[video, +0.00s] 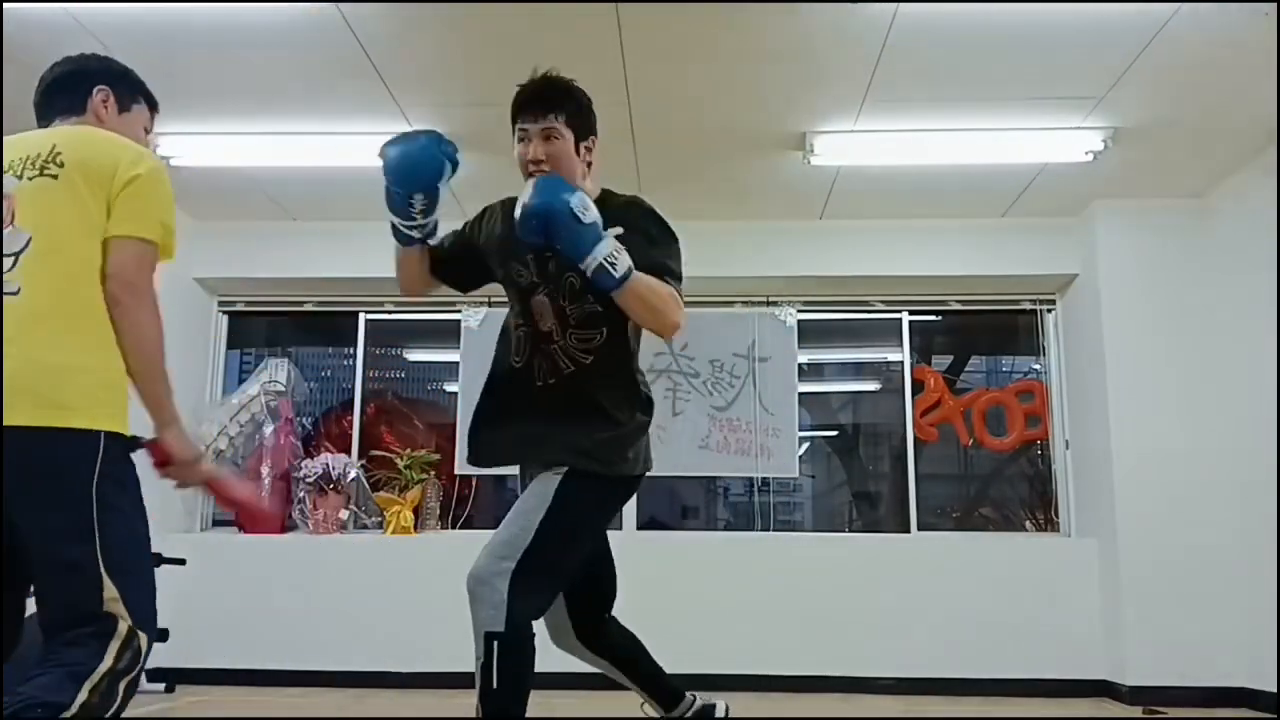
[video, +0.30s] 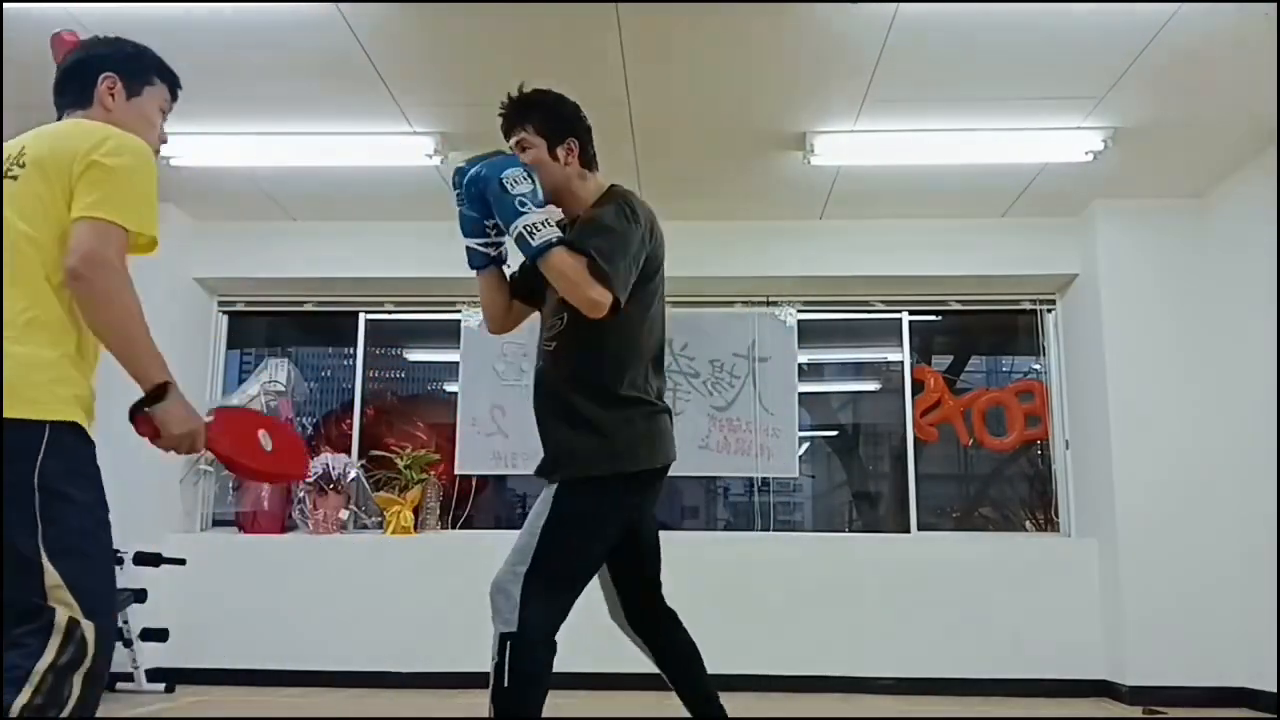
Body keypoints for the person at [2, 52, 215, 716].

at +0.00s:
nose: (149, 144)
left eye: (152, 131)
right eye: (145, 126)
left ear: (60, 111)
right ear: (103, 103)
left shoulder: (7, 154)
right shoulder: (127, 162)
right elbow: (126, 289)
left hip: (9, 423)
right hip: (63, 423)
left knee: (14, 626)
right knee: (107, 633)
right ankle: (32, 709)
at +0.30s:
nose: (164, 134)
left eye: (167, 118)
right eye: (161, 111)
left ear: (90, 98)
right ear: (110, 91)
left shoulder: (21, 150)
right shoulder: (111, 145)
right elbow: (90, 266)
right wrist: (162, 391)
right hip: (31, 411)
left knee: (39, 624)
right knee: (70, 630)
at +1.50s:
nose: (521, 152)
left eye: (524, 139)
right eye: (515, 133)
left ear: (476, 128)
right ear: (473, 123)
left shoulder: (495, 212)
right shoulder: (394, 183)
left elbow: (574, 236)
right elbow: (369, 284)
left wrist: (643, 197)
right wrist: (482, 256)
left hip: (421, 441)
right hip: (346, 431)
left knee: (462, 594)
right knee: (388, 619)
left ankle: (411, 710)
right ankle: (339, 711)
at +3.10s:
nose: (543, 261)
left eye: (546, 247)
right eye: (541, 241)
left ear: (505, 230)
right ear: (506, 226)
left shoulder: (463, 305)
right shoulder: (440, 258)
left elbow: (419, 414)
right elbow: (399, 337)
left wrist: (502, 421)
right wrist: (462, 424)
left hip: (436, 496)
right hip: (371, 490)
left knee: (507, 609)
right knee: (335, 657)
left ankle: (517, 712)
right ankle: (273, 712)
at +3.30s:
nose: (567, 259)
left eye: (569, 245)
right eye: (564, 239)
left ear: (526, 231)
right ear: (528, 225)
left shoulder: (484, 307)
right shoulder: (463, 254)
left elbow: (454, 407)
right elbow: (393, 325)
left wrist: (529, 394)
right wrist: (415, 417)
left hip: (446, 496)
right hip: (381, 487)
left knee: (513, 612)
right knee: (337, 648)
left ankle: (520, 713)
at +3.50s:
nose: (602, 240)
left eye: (604, 228)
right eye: (597, 222)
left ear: (561, 217)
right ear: (559, 212)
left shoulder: (556, 311)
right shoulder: (483, 251)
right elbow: (392, 315)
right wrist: (408, 409)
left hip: (472, 482)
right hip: (397, 471)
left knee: (520, 609)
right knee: (355, 632)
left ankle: (522, 711)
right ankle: (274, 709)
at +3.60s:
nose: (596, 230)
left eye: (598, 219)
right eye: (591, 212)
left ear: (555, 209)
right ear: (549, 203)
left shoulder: (557, 297)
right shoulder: (468, 251)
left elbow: (577, 365)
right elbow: (388, 324)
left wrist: (640, 314)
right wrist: (446, 404)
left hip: (480, 485)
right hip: (402, 474)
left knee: (525, 612)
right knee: (349, 629)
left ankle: (526, 712)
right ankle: (253, 709)